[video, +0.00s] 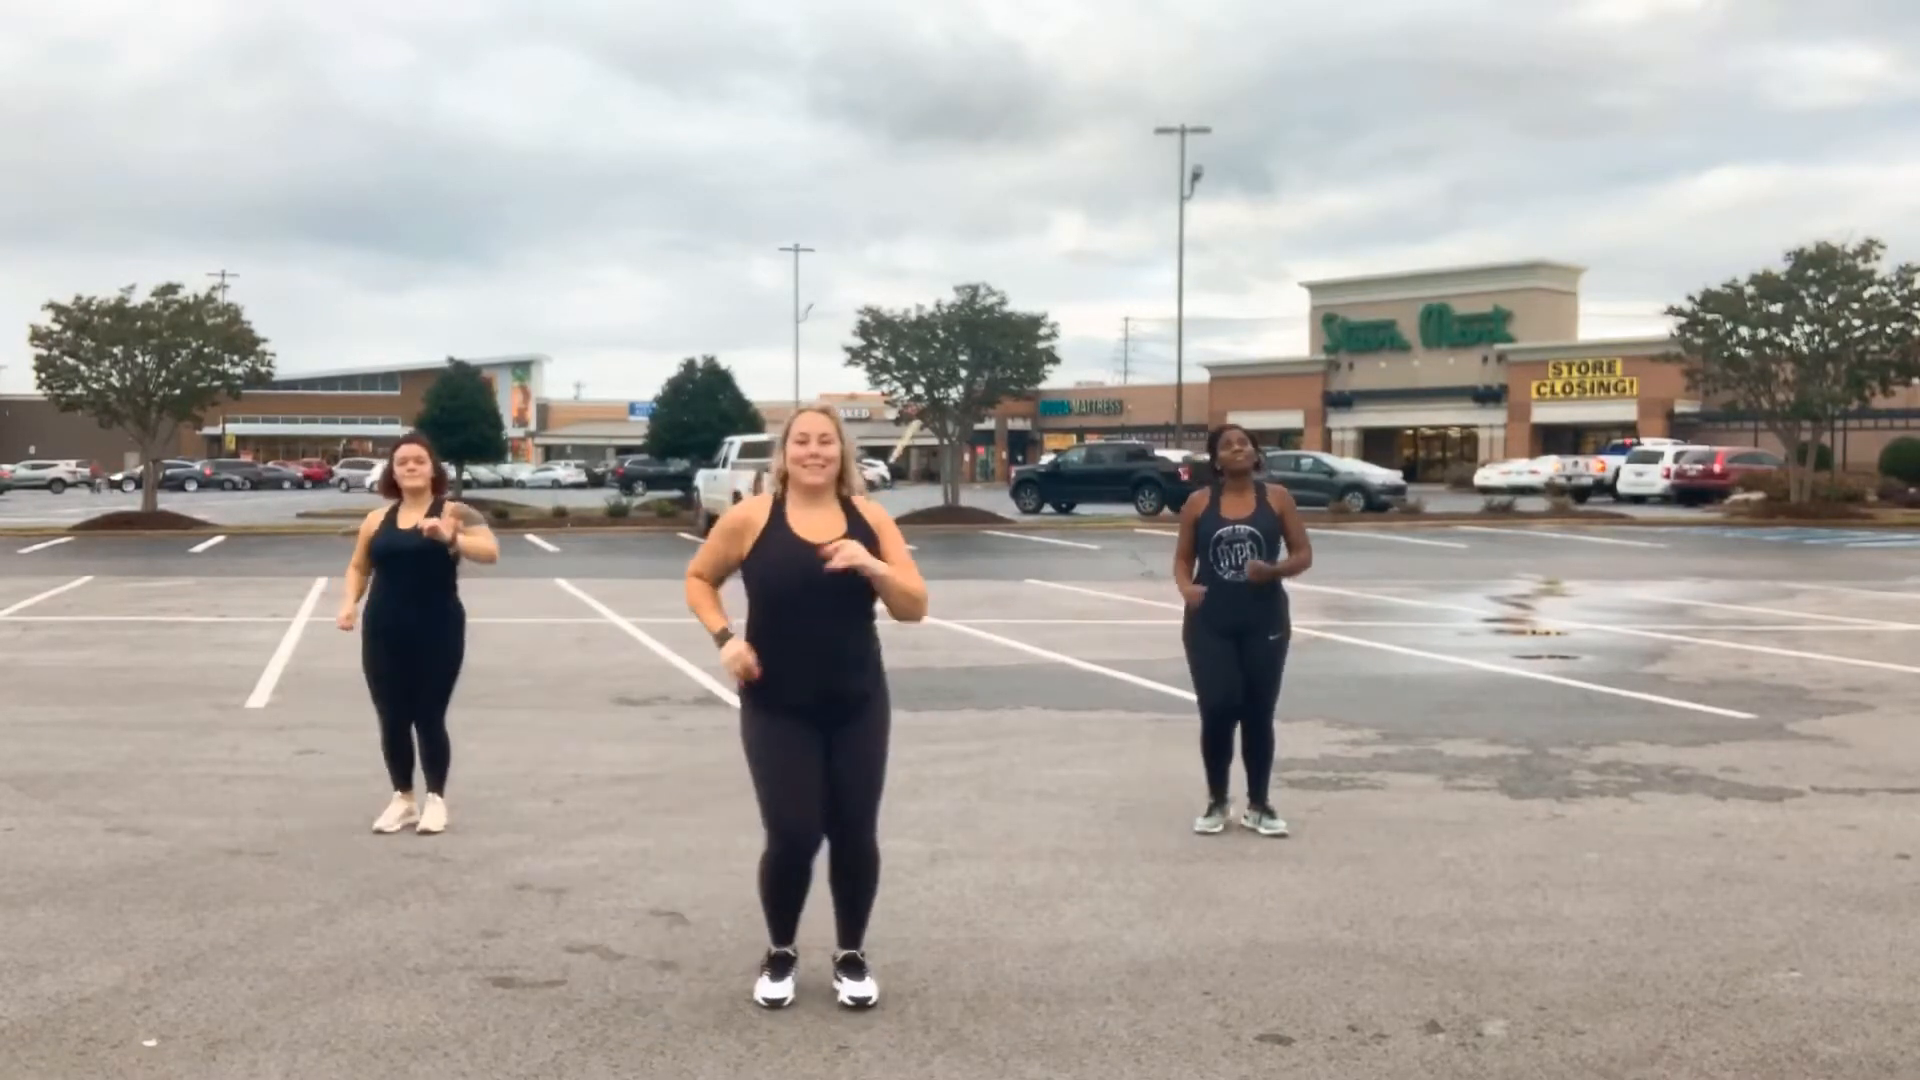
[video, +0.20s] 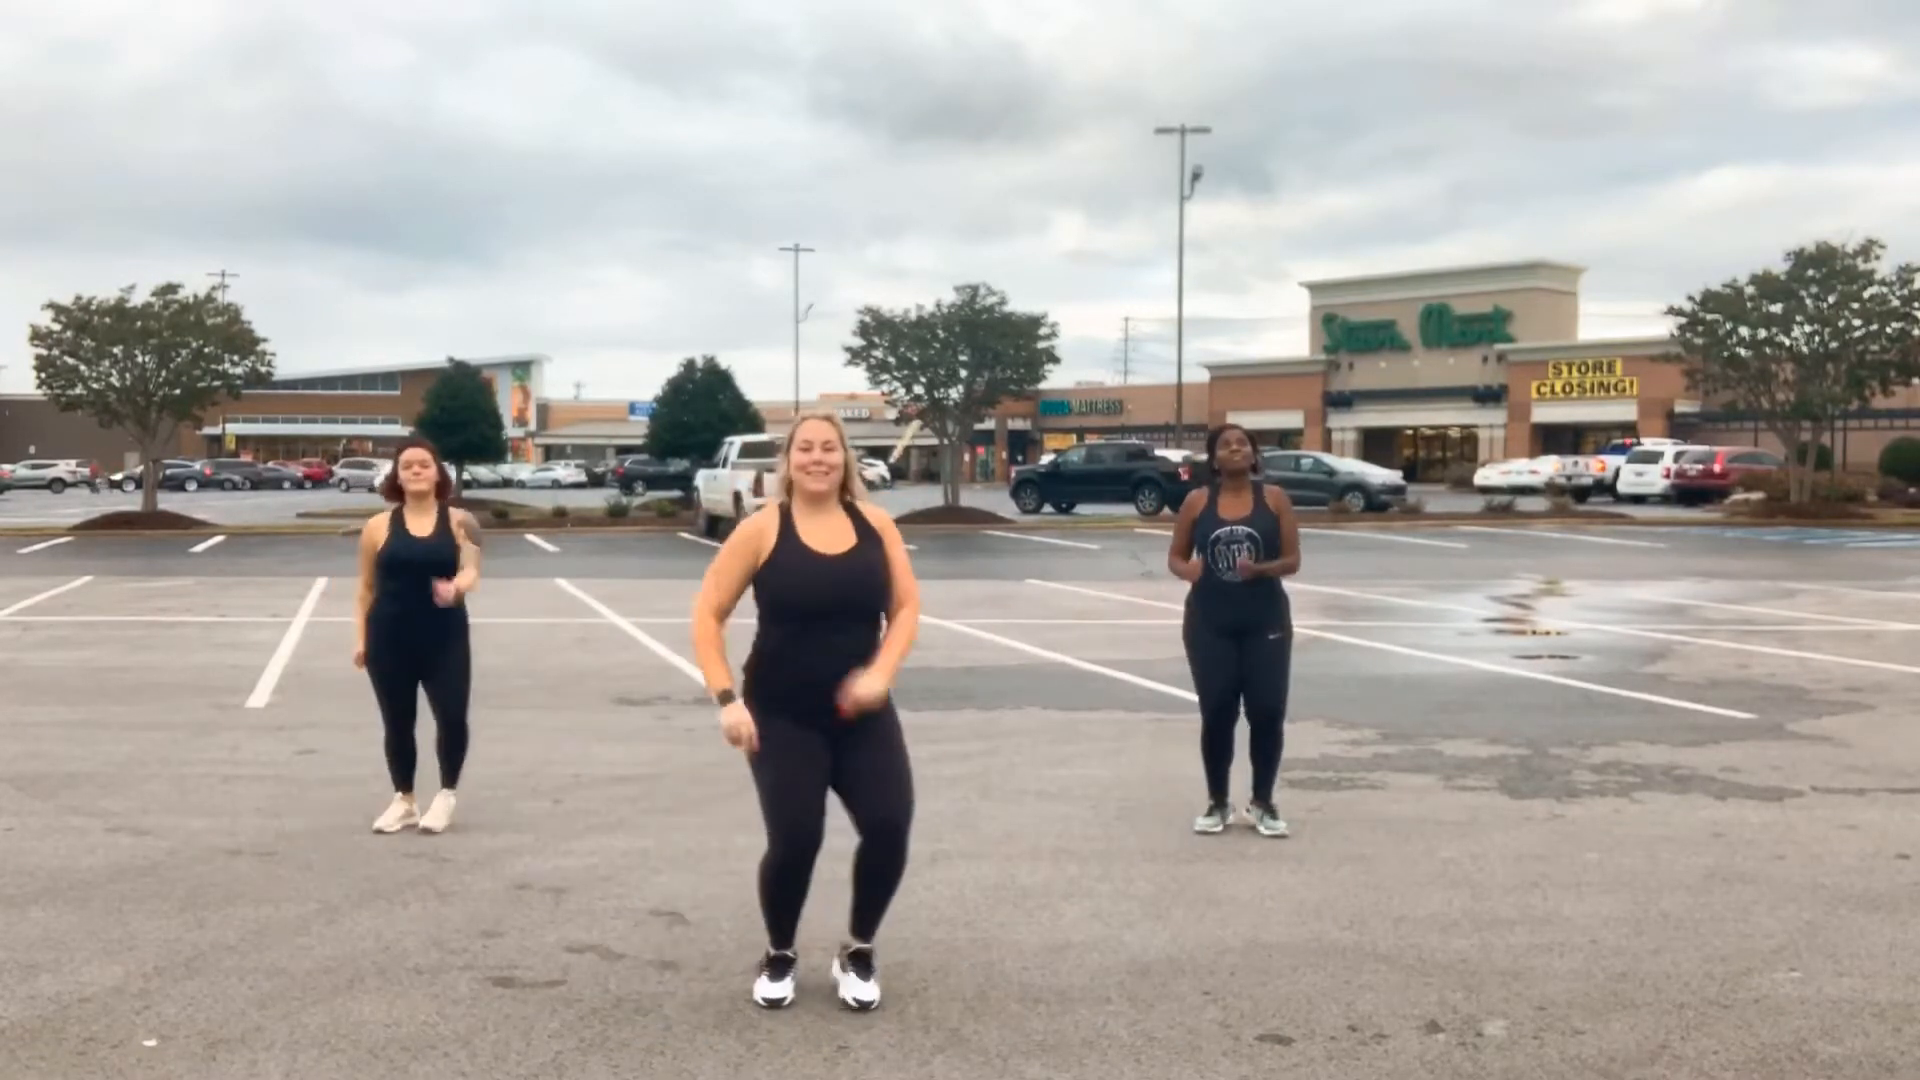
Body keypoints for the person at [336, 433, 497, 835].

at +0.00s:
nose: (411, 468)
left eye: (419, 461)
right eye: (403, 462)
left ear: (434, 469)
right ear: (392, 472)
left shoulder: (456, 514)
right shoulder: (377, 520)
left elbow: (490, 551)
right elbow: (358, 567)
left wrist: (455, 537)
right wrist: (350, 603)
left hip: (437, 631)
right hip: (383, 631)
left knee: (428, 716)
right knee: (392, 718)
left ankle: (435, 799)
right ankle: (403, 798)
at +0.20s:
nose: (416, 471)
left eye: (424, 465)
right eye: (408, 466)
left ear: (438, 473)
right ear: (397, 476)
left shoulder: (459, 523)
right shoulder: (377, 527)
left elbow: (470, 571)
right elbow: (366, 588)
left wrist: (456, 586)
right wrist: (362, 640)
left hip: (445, 638)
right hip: (388, 638)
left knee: (452, 719)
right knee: (397, 724)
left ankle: (447, 794)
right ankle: (404, 799)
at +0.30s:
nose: (420, 474)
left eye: (427, 468)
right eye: (412, 469)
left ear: (441, 476)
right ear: (400, 479)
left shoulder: (462, 526)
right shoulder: (378, 529)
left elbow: (482, 577)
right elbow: (364, 583)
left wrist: (483, 618)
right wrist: (359, 632)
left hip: (453, 642)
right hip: (397, 644)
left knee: (468, 715)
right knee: (402, 725)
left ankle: (481, 788)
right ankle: (405, 800)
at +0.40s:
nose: (426, 472)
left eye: (433, 466)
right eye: (418, 467)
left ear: (447, 475)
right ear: (405, 477)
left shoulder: (469, 523)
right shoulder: (383, 524)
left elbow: (512, 566)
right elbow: (346, 570)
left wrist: (521, 610)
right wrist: (361, 595)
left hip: (465, 635)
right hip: (410, 638)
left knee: (481, 716)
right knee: (408, 724)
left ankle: (527, 788)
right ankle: (405, 800)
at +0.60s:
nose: (434, 477)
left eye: (442, 470)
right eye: (426, 471)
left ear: (457, 478)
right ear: (415, 481)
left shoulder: (480, 516)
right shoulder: (400, 527)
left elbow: (529, 535)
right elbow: (355, 567)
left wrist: (538, 583)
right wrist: (389, 542)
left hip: (487, 637)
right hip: (438, 646)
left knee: (510, 716)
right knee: (417, 730)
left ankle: (542, 793)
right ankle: (409, 801)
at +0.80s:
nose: (426, 479)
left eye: (434, 472)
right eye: (417, 473)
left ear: (448, 479)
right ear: (407, 483)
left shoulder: (470, 526)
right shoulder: (393, 532)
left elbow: (502, 576)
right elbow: (376, 594)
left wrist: (494, 604)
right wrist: (378, 564)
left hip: (472, 642)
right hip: (418, 645)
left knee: (498, 721)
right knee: (406, 731)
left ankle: (538, 794)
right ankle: (407, 802)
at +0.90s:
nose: (421, 477)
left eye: (429, 470)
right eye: (412, 471)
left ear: (444, 476)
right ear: (402, 480)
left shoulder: (462, 524)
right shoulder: (384, 527)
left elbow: (479, 579)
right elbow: (357, 574)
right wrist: (357, 580)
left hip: (460, 639)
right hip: (404, 640)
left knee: (486, 720)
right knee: (402, 726)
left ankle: (532, 792)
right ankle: (406, 801)